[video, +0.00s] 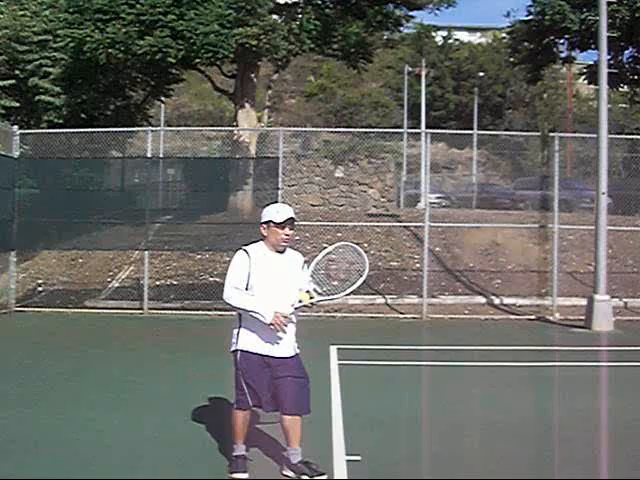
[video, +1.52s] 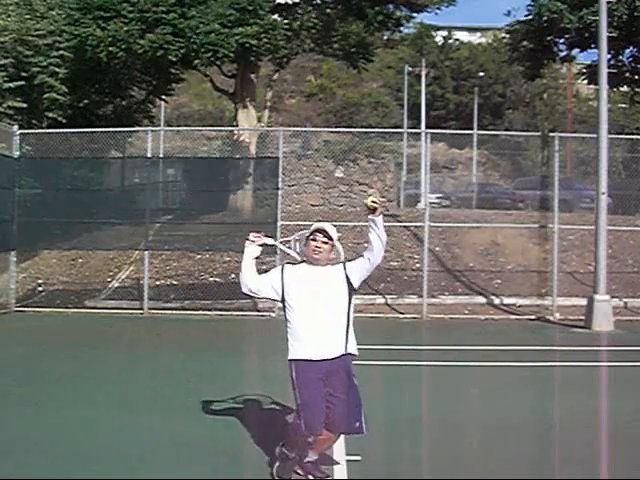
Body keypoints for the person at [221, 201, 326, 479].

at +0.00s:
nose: (289, 232)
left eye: (291, 226)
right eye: (282, 226)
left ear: (294, 229)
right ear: (265, 229)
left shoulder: (296, 259)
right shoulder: (246, 256)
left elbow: (305, 291)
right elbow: (230, 294)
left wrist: (306, 296)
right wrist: (266, 313)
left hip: (285, 346)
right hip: (251, 345)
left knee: (293, 400)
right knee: (245, 402)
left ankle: (294, 460)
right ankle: (239, 455)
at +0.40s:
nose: (267, 235)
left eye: (274, 230)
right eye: (262, 229)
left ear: (281, 235)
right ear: (253, 230)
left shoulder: (289, 266)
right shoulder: (234, 256)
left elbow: (296, 305)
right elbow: (214, 293)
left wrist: (280, 329)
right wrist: (228, 323)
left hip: (273, 348)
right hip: (237, 346)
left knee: (288, 400)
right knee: (237, 400)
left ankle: (303, 458)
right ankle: (238, 455)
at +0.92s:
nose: (282, 231)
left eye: (289, 228)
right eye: (279, 225)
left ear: (298, 235)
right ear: (272, 227)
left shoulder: (304, 270)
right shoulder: (252, 253)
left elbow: (314, 316)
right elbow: (218, 276)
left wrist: (325, 354)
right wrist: (183, 295)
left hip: (285, 351)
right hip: (248, 344)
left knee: (301, 406)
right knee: (243, 400)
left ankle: (304, 460)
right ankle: (239, 455)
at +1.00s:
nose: (288, 231)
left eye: (295, 228)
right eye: (284, 225)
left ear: (303, 235)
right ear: (277, 227)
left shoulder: (310, 268)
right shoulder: (257, 254)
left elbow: (330, 304)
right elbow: (221, 272)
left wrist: (350, 332)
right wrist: (182, 283)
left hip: (292, 350)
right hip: (254, 344)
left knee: (305, 407)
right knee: (247, 402)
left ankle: (304, 461)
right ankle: (239, 455)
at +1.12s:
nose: (295, 230)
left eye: (302, 227)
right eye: (292, 224)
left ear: (312, 234)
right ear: (285, 228)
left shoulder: (323, 263)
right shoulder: (268, 256)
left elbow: (353, 278)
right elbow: (230, 268)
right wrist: (194, 265)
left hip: (305, 351)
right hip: (267, 347)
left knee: (314, 406)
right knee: (256, 403)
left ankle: (306, 459)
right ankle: (241, 453)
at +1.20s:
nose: (302, 231)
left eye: (309, 228)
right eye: (299, 225)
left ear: (318, 235)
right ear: (291, 229)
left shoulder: (329, 261)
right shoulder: (273, 259)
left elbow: (360, 261)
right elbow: (240, 270)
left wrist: (385, 246)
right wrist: (205, 258)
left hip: (314, 349)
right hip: (276, 348)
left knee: (320, 407)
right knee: (263, 405)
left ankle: (307, 459)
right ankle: (248, 451)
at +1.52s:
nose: (318, 245)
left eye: (325, 242)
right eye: (313, 240)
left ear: (333, 249)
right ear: (304, 246)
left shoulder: (346, 272)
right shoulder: (287, 274)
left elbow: (374, 254)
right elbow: (250, 284)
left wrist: (375, 218)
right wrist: (250, 250)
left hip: (339, 357)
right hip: (304, 359)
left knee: (338, 425)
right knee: (311, 424)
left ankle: (307, 461)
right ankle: (288, 453)